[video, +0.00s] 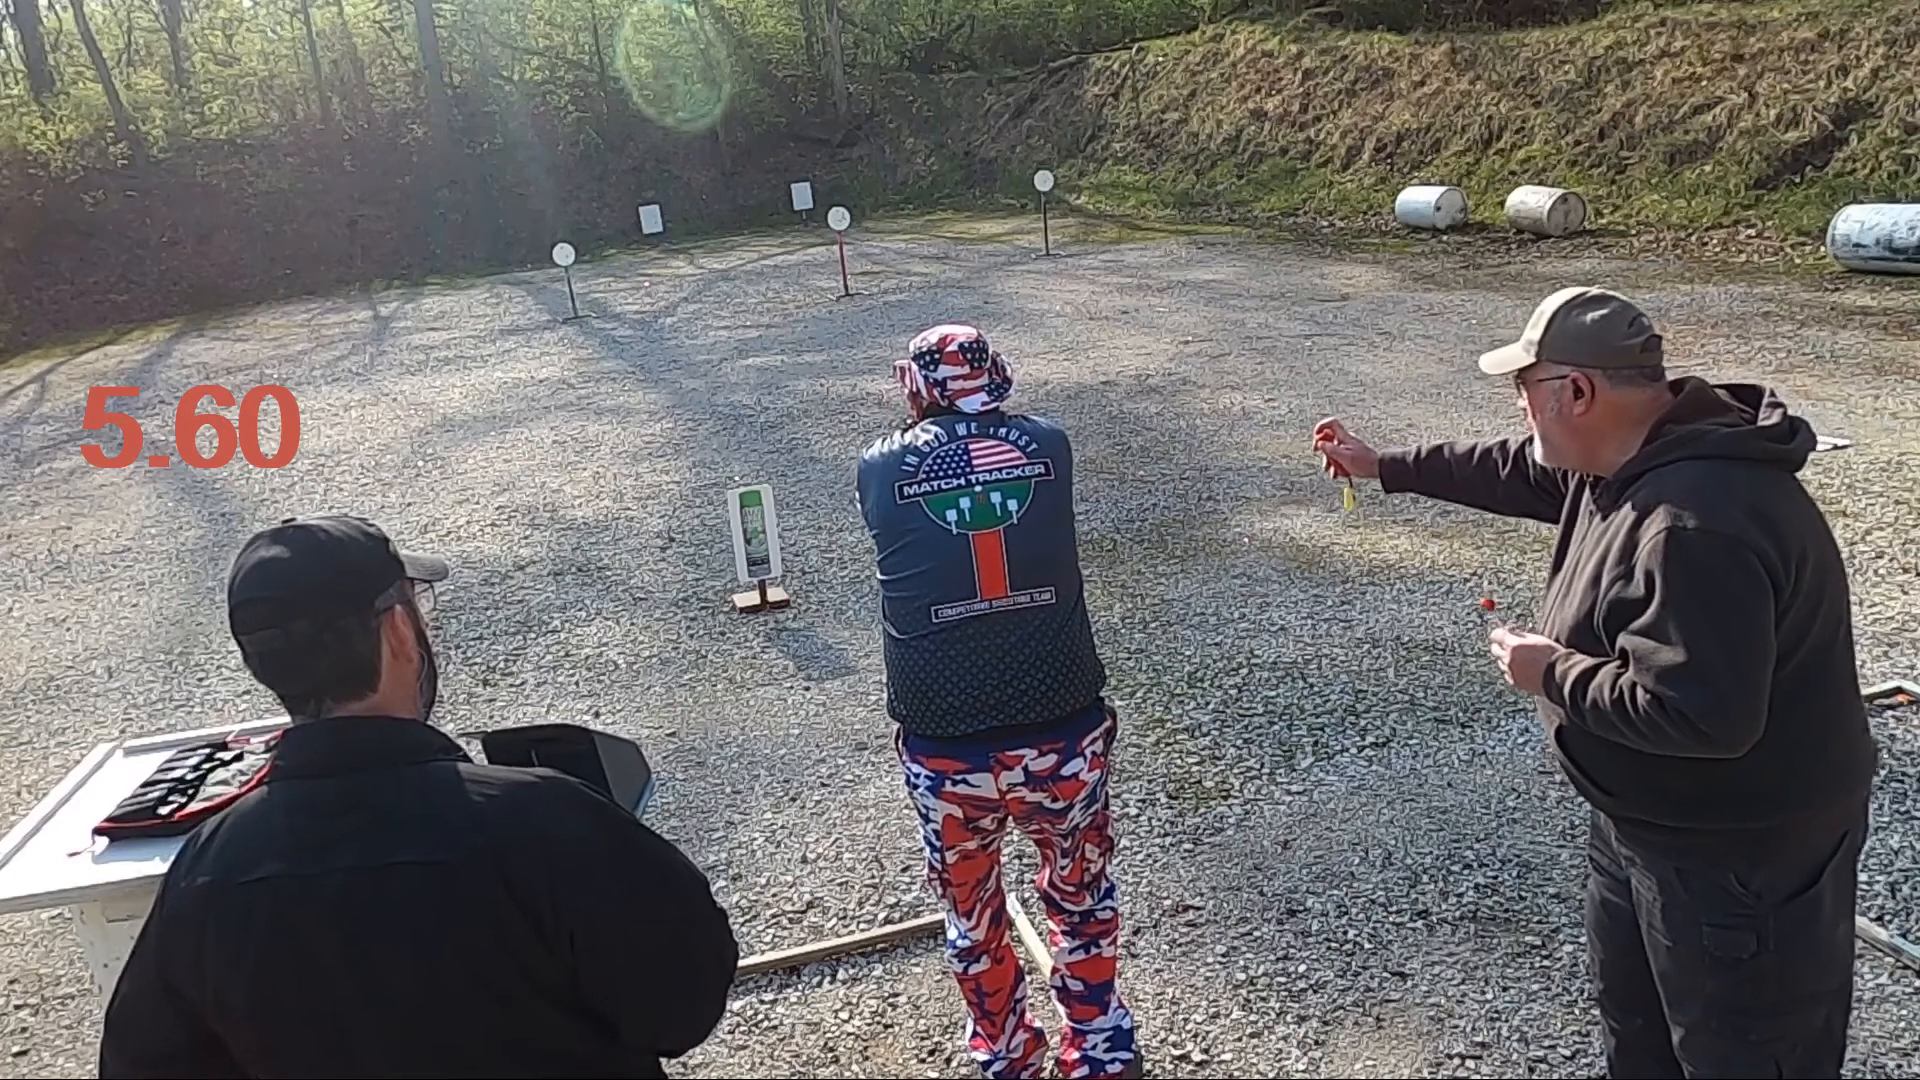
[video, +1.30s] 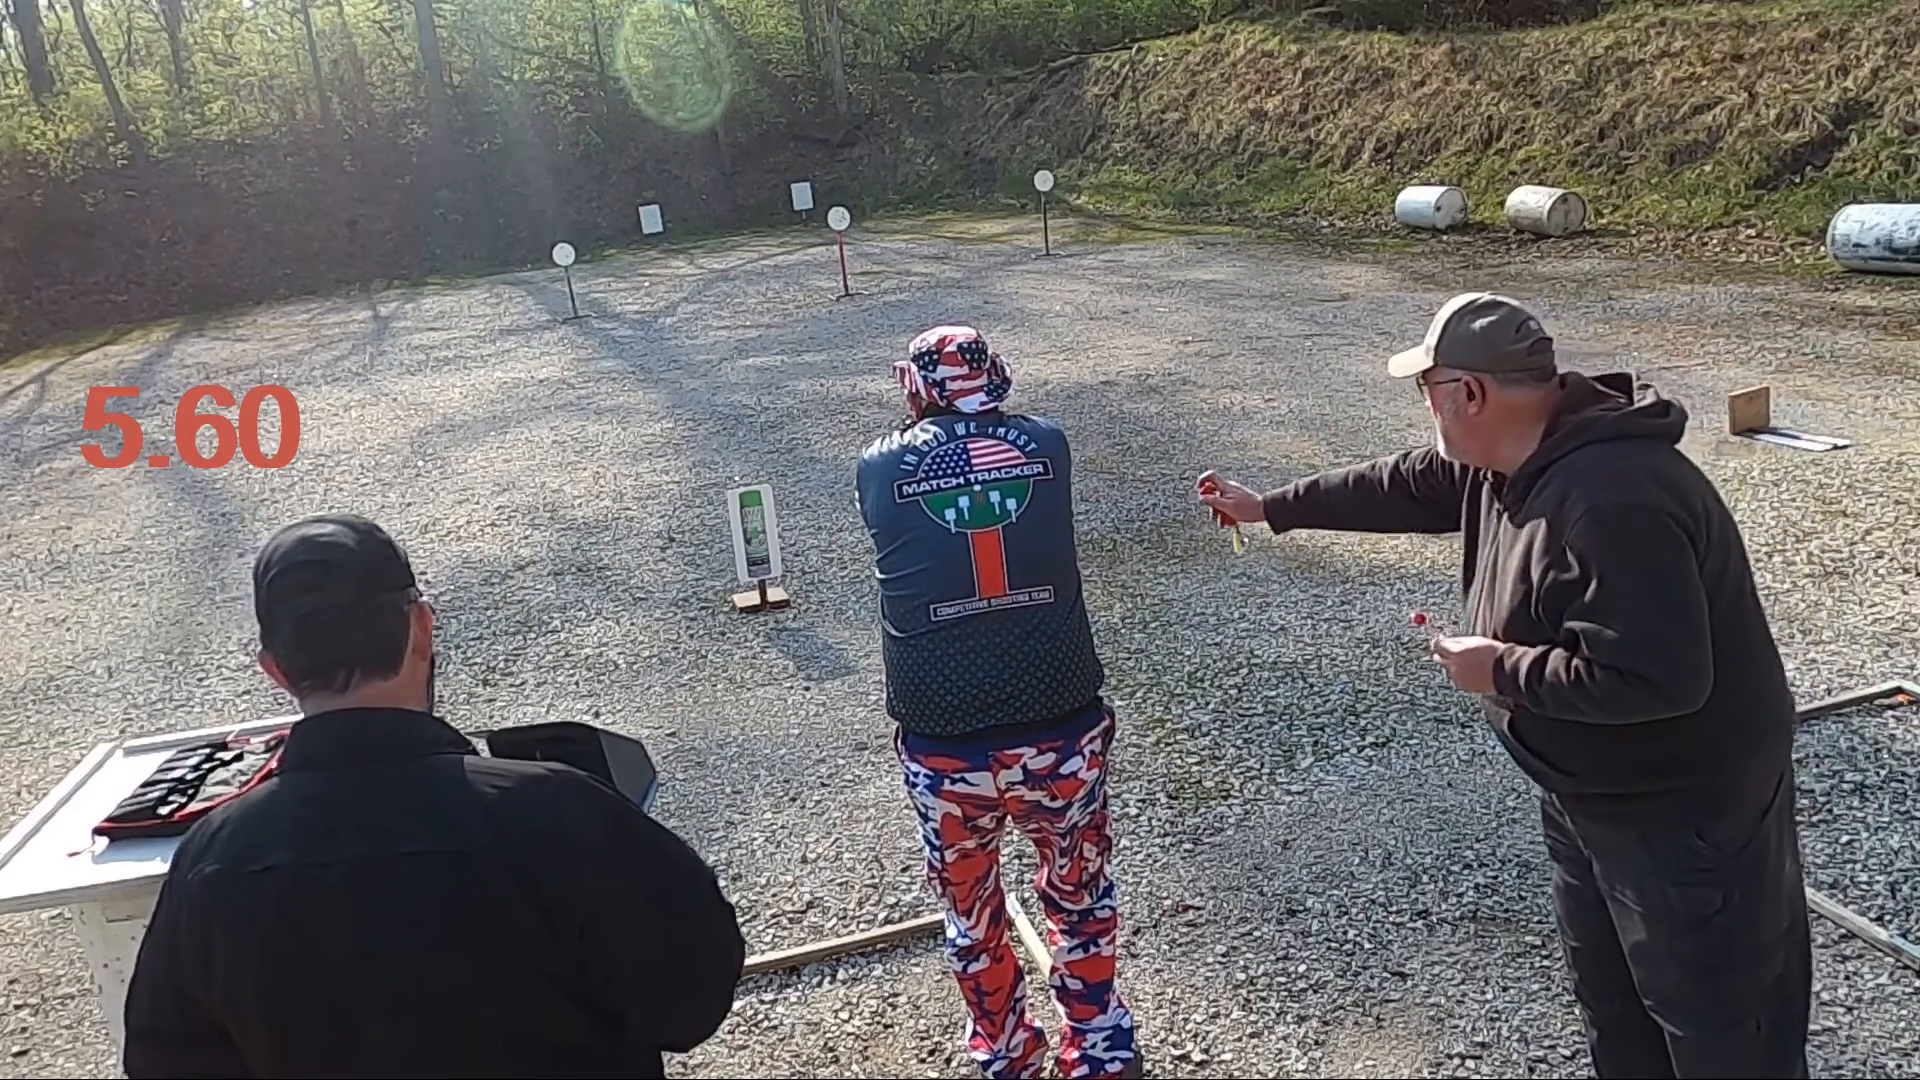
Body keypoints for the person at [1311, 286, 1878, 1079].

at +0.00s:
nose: (1522, 405)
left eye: (1527, 388)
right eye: (1521, 387)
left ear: (1579, 394)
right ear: (1584, 393)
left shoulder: (1695, 526)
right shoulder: (1620, 463)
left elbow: (1708, 715)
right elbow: (1511, 470)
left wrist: (1552, 671)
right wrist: (1381, 465)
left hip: (1737, 858)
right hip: (1639, 824)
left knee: (1745, 1061)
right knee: (1640, 1039)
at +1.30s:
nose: (1427, 405)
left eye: (1429, 389)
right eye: (1425, 390)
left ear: (1471, 395)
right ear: (1484, 392)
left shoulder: (1613, 501)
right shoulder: (1504, 462)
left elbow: (1662, 678)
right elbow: (1404, 487)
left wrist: (1505, 670)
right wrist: (1270, 505)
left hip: (1686, 813)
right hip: (1589, 795)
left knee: (1721, 1037)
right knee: (1621, 1022)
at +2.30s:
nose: (1418, 407)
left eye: (1419, 392)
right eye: (1416, 393)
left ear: (1451, 395)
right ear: (1493, 383)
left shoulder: (1616, 478)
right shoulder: (1480, 458)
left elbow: (1684, 638)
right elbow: (1364, 451)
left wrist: (1520, 653)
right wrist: (1216, 429)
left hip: (1709, 805)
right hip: (1592, 795)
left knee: (1746, 1033)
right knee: (1626, 1026)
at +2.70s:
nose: (1478, 412)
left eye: (1476, 395)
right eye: (1475, 395)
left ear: (1504, 400)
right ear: (1577, 374)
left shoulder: (1638, 498)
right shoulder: (1589, 463)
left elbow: (1693, 674)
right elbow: (1550, 553)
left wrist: (1538, 665)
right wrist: (1431, 551)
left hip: (1742, 826)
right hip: (1637, 807)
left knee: (1801, 1051)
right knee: (1642, 1034)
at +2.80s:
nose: (1504, 416)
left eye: (1503, 399)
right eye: (1503, 399)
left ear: (1532, 406)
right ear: (1602, 385)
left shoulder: (1667, 512)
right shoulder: (1612, 472)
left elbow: (1714, 689)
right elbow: (1604, 580)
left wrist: (1557, 677)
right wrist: (1487, 569)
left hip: (1763, 842)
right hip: (1654, 816)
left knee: (1812, 1058)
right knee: (1646, 1032)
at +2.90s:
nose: (1532, 422)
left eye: (1533, 405)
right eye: (1532, 404)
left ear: (1564, 413)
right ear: (1634, 390)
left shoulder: (1696, 520)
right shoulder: (1657, 470)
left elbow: (1740, 705)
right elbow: (1647, 587)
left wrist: (1585, 687)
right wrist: (1537, 579)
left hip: (1791, 848)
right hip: (1681, 819)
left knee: (1829, 1062)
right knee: (1657, 1038)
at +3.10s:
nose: (1586, 427)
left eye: (1585, 411)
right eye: (1582, 412)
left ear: (1622, 417)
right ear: (1698, 392)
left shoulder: (1760, 528)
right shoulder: (1706, 486)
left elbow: (1807, 721)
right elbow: (1697, 594)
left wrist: (1639, 699)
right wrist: (1585, 589)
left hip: (1833, 876)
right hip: (1722, 852)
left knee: (1848, 1064)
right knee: (1684, 1057)